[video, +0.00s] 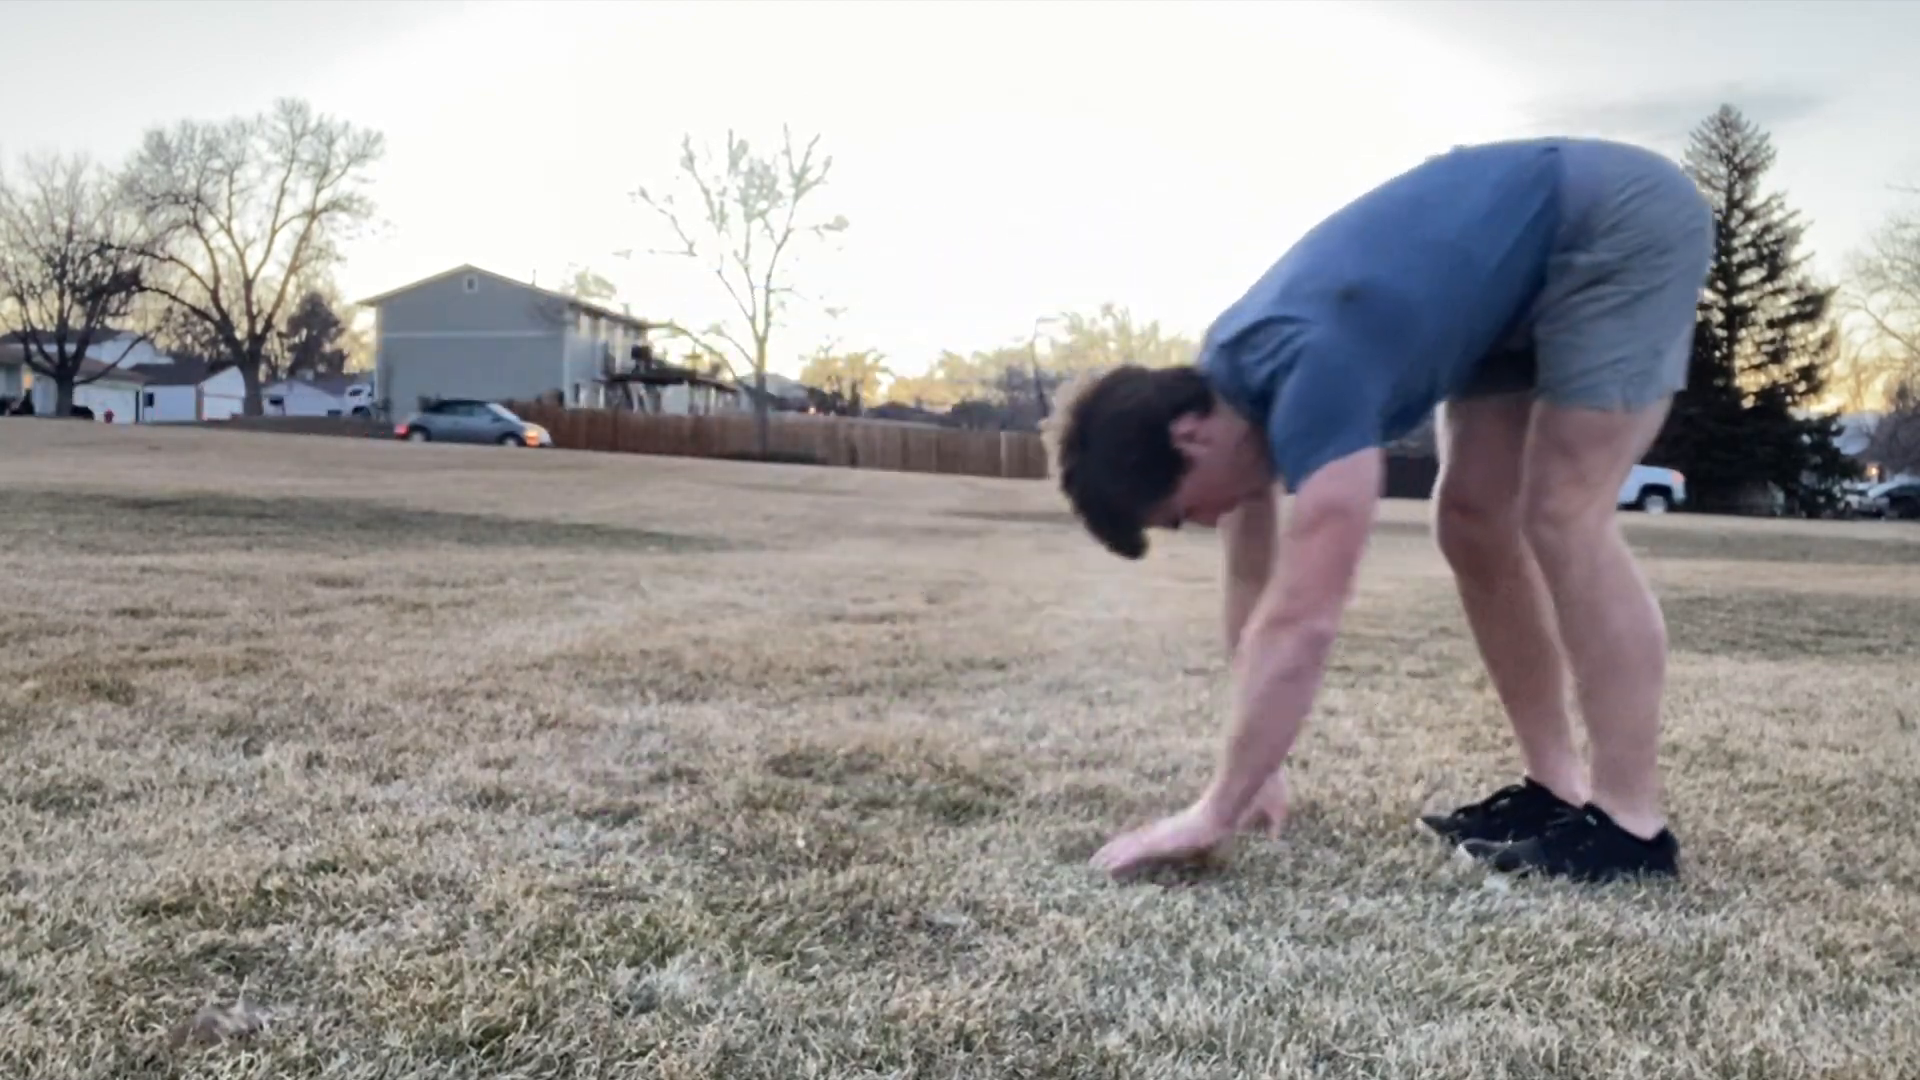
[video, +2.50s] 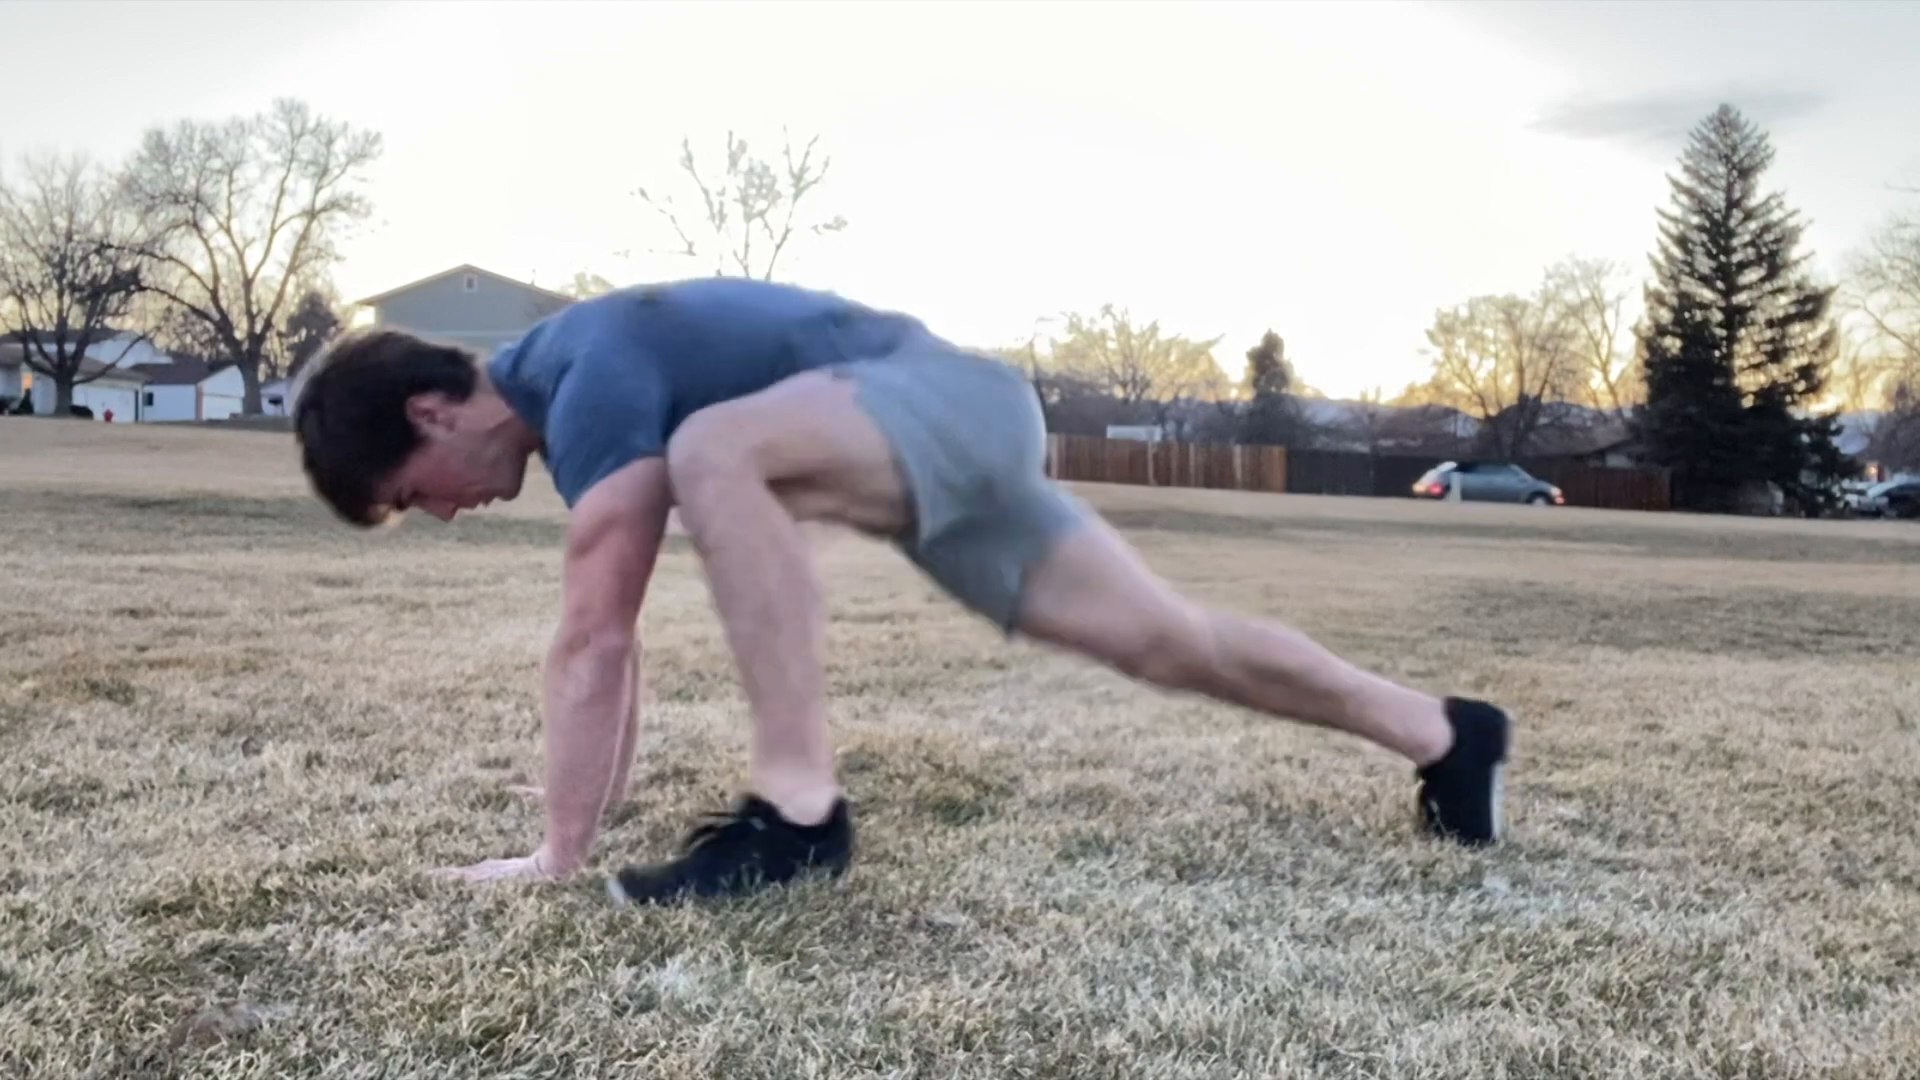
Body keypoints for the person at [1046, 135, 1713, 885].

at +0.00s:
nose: (1207, 522)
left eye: (1187, 509)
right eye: (1187, 520)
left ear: (1189, 436)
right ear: (1184, 420)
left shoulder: (1318, 369)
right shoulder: (1231, 376)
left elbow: (1301, 622)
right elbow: (1253, 591)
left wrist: (1215, 811)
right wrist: (1266, 770)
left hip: (1624, 215)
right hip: (1519, 253)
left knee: (1567, 516)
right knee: (1477, 524)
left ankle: (1634, 822)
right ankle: (1559, 792)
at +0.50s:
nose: (1226, 431)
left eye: (1208, 406)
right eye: (1202, 421)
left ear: (1244, 331)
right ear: (1244, 327)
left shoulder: (1380, 298)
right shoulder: (1329, 343)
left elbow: (1409, 544)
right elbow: (1359, 539)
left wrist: (1398, 751)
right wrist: (1376, 717)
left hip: (1717, 224)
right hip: (1608, 262)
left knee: (1615, 511)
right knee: (1530, 513)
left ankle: (1644, 825)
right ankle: (1570, 790)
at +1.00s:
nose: (1006, 504)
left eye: (995, 479)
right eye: (988, 489)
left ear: (1038, 415)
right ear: (1033, 409)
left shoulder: (1162, 391)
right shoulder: (1095, 391)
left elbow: (1182, 645)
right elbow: (1010, 584)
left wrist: (1145, 851)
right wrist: (895, 729)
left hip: (1507, 221)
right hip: (1421, 262)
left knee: (1490, 537)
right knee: (1424, 553)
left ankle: (1636, 824)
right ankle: (1559, 797)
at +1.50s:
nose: (524, 469)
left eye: (511, 440)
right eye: (504, 453)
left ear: (560, 381)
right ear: (565, 390)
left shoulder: (698, 380)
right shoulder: (707, 405)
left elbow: (635, 653)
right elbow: (801, 594)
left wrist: (563, 861)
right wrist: (833, 784)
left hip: (1087, 359)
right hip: (1045, 410)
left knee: (1300, 626)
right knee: (1243, 644)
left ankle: (1598, 787)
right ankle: (1510, 749)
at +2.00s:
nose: (483, 493)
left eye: (462, 470)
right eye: (460, 484)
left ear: (491, 400)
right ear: (499, 394)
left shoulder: (627, 378)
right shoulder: (625, 390)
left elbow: (617, 637)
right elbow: (643, 640)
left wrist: (560, 853)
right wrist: (589, 823)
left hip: (1010, 389)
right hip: (1018, 388)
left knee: (1136, 707)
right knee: (1214, 636)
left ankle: (1456, 718)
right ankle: (1466, 713)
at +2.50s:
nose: (442, 513)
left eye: (417, 492)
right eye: (417, 506)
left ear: (436, 415)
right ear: (442, 416)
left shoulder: (595, 371)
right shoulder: (570, 405)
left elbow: (594, 635)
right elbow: (602, 642)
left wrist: (555, 859)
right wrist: (571, 845)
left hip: (955, 395)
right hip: (940, 459)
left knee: (715, 458)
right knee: (1166, 642)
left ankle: (798, 808)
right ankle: (1446, 732)